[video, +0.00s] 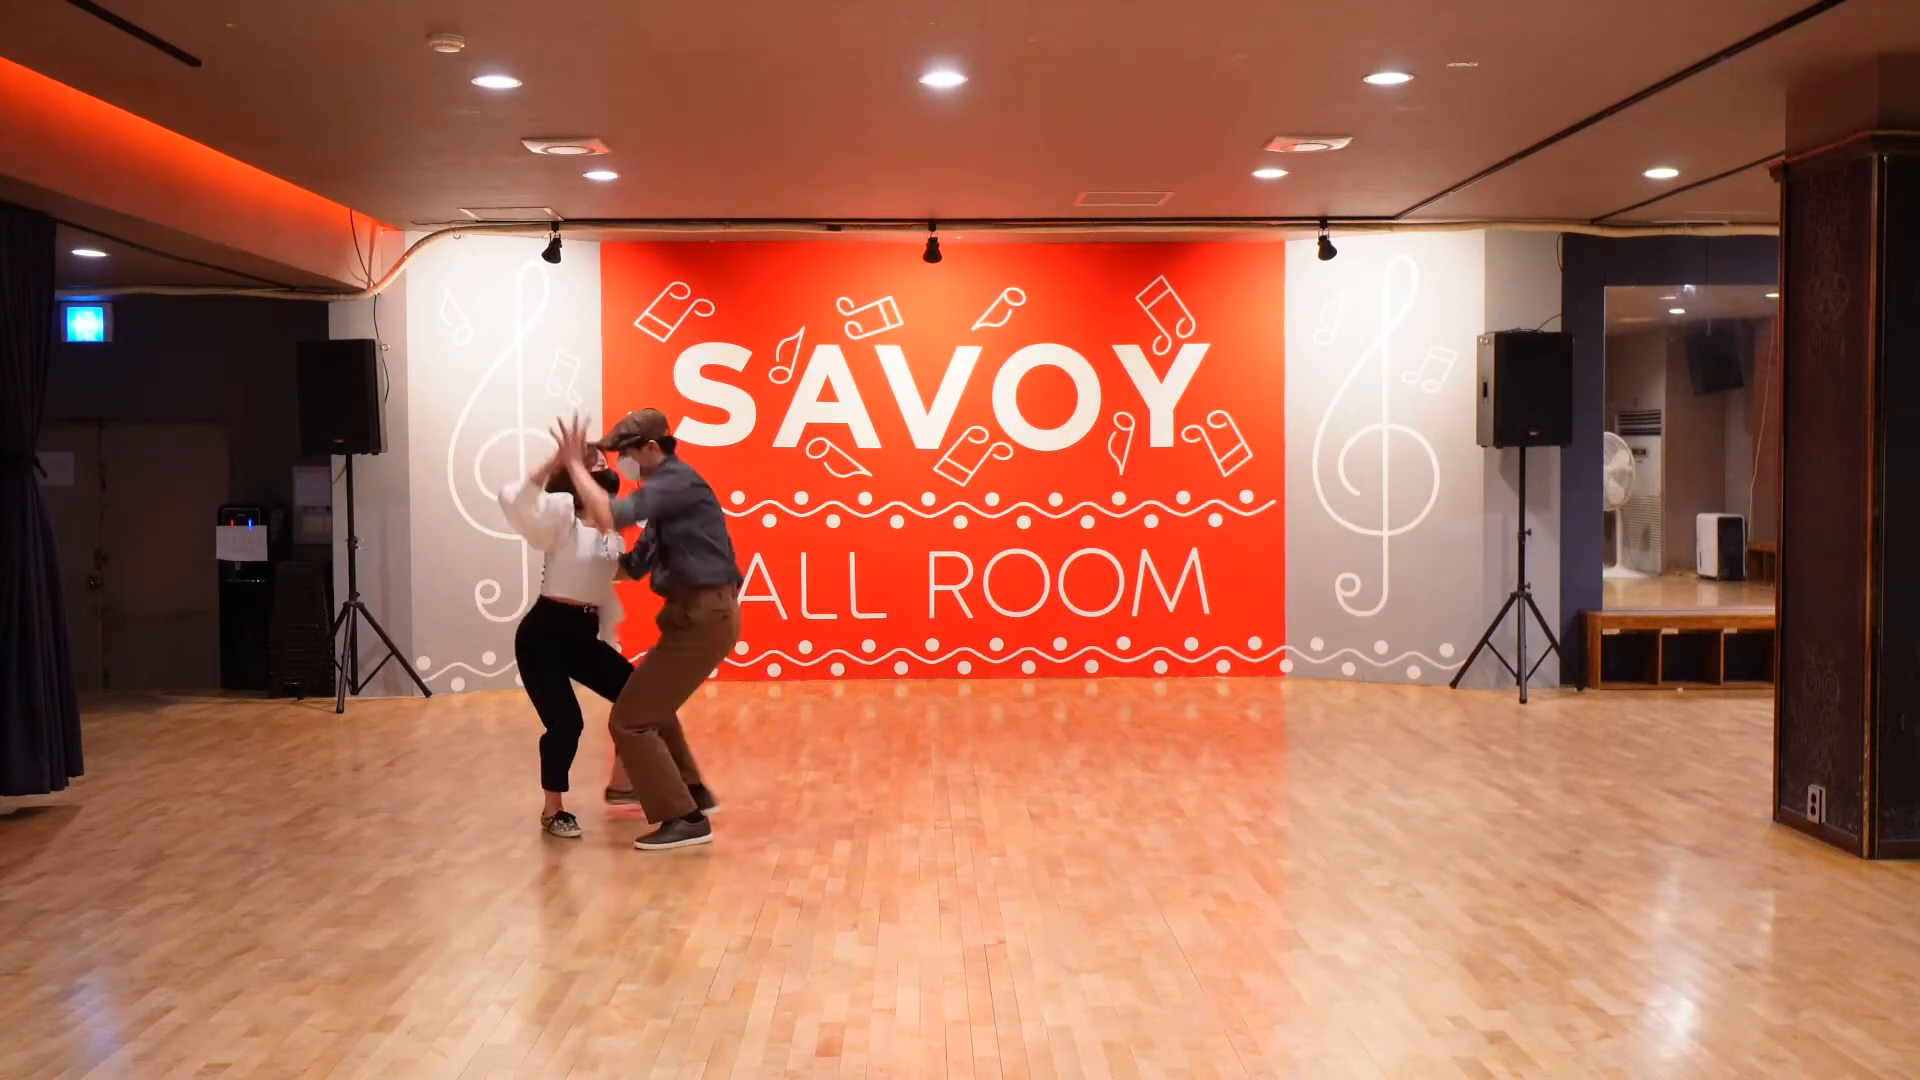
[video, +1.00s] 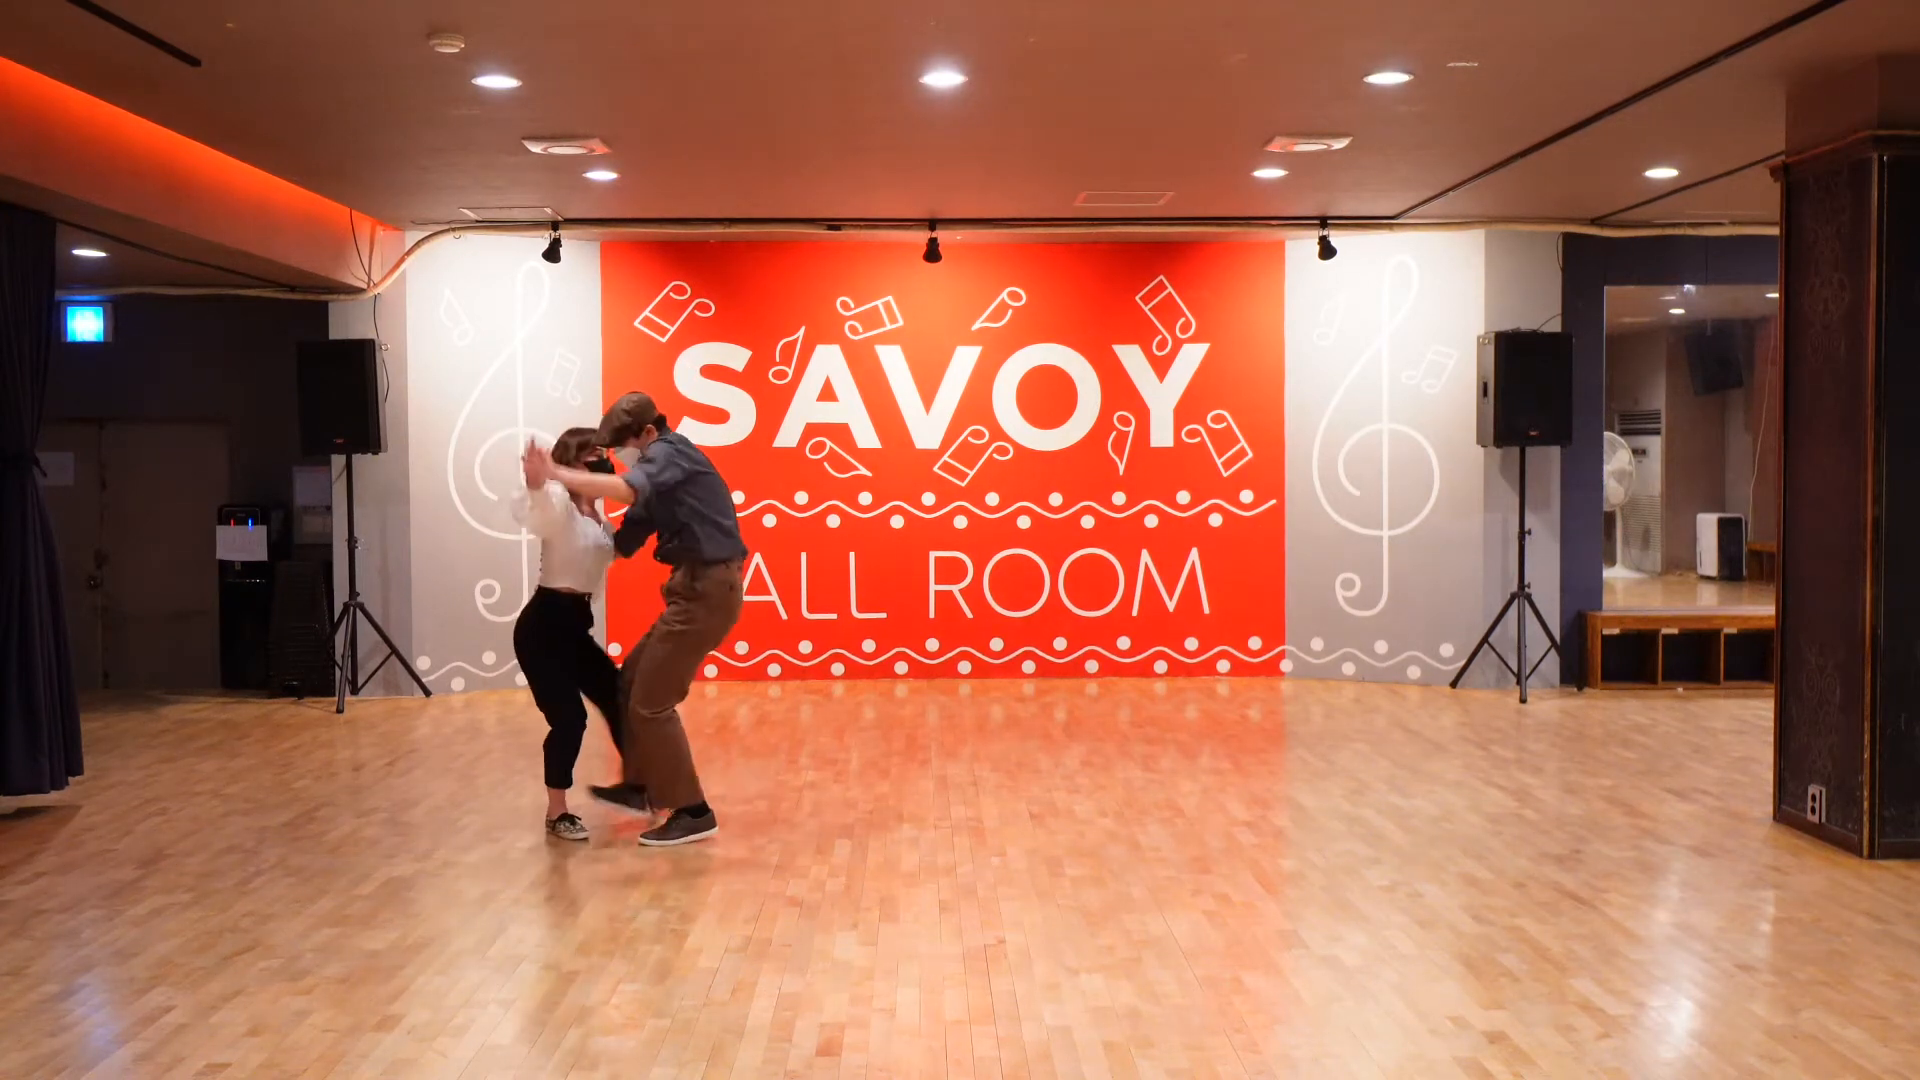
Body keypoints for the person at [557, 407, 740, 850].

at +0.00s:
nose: (625, 462)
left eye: (628, 452)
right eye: (622, 455)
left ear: (651, 446)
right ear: (654, 448)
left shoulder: (675, 480)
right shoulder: (670, 488)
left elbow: (609, 515)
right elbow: (636, 565)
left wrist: (575, 466)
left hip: (704, 619)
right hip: (700, 616)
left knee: (628, 721)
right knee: (650, 706)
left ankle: (682, 819)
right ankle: (692, 792)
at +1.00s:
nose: (626, 459)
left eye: (626, 448)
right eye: (621, 452)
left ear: (647, 432)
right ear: (650, 433)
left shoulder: (671, 453)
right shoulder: (662, 468)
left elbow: (630, 488)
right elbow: (624, 545)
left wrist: (557, 473)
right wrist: (593, 519)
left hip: (710, 589)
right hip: (694, 588)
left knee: (649, 700)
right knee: (630, 682)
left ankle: (693, 810)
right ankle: (640, 786)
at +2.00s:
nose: (629, 471)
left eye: (632, 461)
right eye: (626, 463)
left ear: (659, 450)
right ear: (649, 454)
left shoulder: (712, 493)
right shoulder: (648, 497)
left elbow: (739, 569)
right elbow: (600, 538)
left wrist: (684, 587)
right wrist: (576, 538)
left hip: (716, 617)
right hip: (684, 616)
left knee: (636, 697)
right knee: (654, 706)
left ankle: (669, 810)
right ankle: (717, 787)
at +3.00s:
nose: (616, 470)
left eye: (622, 462)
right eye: (615, 462)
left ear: (645, 460)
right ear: (638, 461)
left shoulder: (690, 509)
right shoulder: (631, 497)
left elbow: (752, 568)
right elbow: (580, 541)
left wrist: (795, 618)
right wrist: (529, 538)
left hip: (707, 617)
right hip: (676, 614)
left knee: (622, 686)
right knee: (644, 711)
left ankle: (614, 807)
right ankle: (700, 798)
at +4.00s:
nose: (620, 495)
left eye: (626, 486)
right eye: (617, 487)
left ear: (656, 478)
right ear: (649, 480)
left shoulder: (690, 513)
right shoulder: (647, 515)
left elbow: (630, 562)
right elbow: (601, 551)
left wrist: (546, 562)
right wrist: (537, 553)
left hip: (735, 635)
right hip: (701, 632)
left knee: (653, 719)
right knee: (624, 691)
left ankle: (701, 823)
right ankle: (662, 785)